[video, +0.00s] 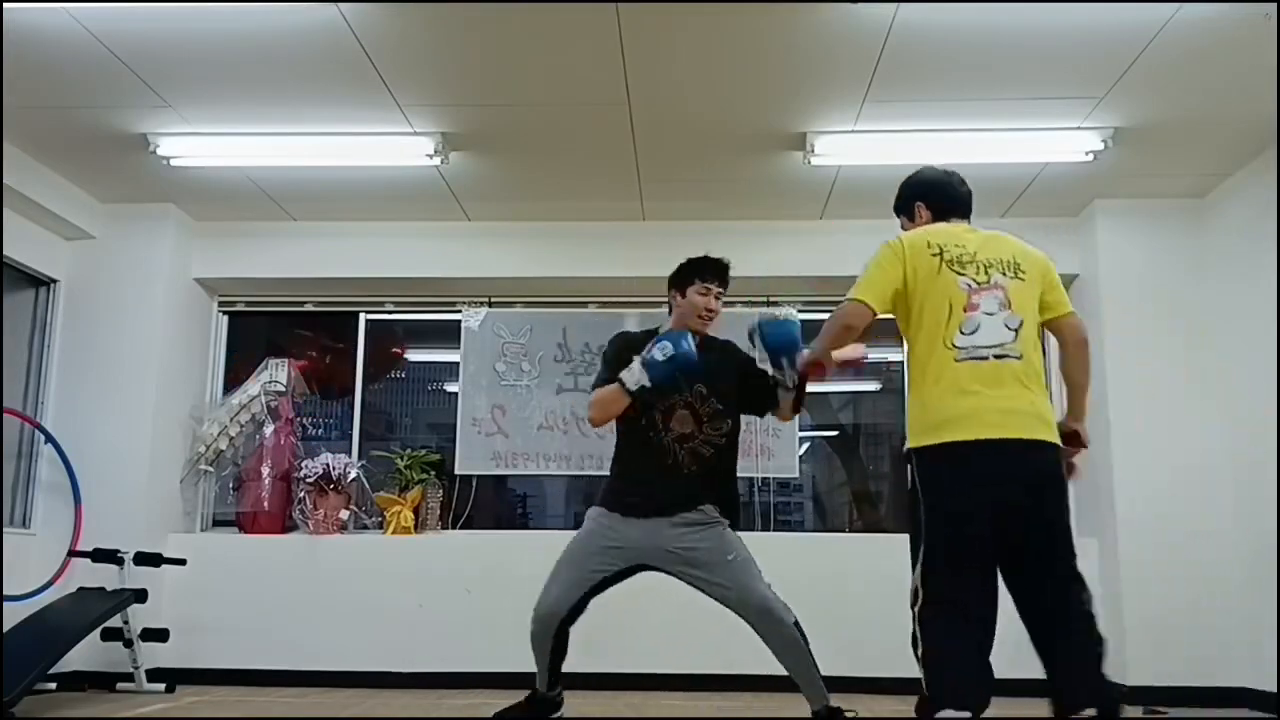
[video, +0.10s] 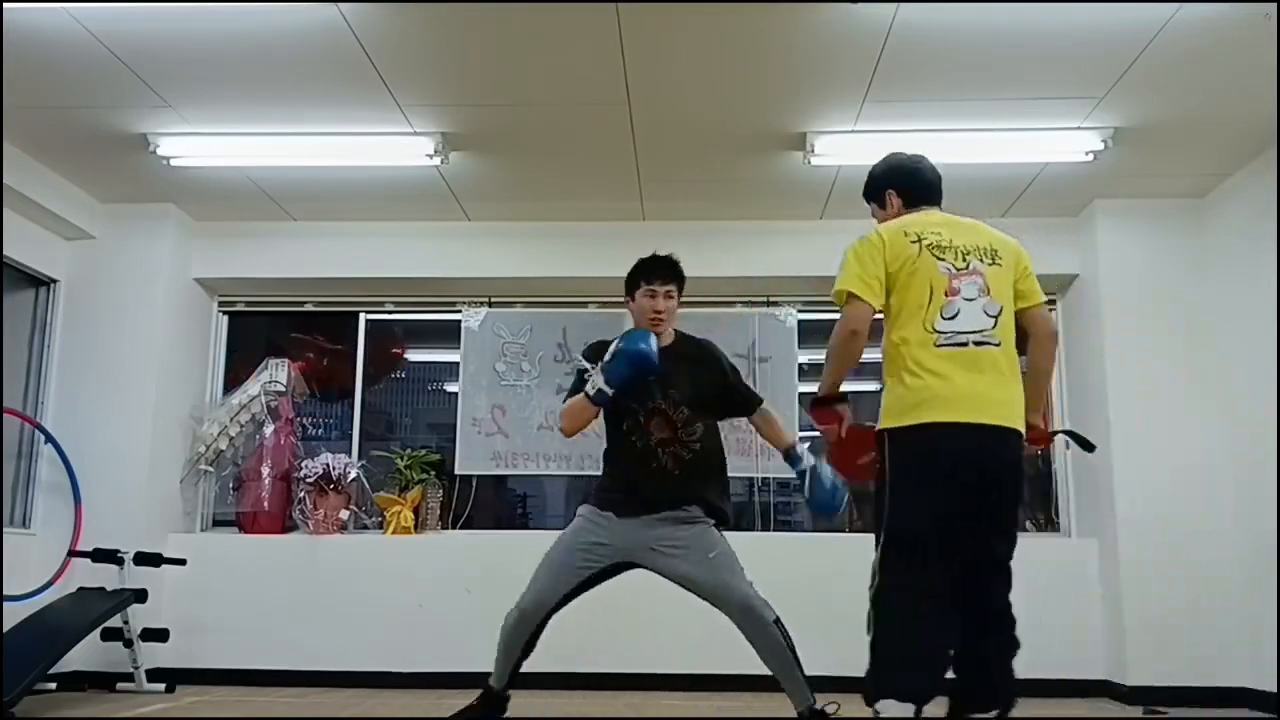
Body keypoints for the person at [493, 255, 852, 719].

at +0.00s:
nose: (713, 304)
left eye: (720, 298)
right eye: (704, 293)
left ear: (722, 307)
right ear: (675, 295)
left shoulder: (730, 359)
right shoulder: (631, 347)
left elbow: (785, 410)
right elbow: (597, 415)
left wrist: (787, 367)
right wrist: (643, 374)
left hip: (697, 525)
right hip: (617, 521)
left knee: (768, 610)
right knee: (548, 612)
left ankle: (824, 708)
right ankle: (545, 695)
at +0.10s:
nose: (660, 304)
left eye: (669, 295)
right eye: (650, 295)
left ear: (680, 302)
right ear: (629, 302)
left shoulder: (703, 357)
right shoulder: (604, 354)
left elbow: (758, 414)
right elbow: (568, 424)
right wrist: (609, 379)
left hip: (683, 523)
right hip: (606, 519)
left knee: (747, 603)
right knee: (531, 605)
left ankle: (809, 709)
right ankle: (493, 697)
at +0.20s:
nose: (640, 321)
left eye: (649, 311)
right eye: (629, 312)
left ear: (661, 319)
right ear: (609, 327)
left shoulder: (688, 381)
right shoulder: (587, 380)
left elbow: (734, 435)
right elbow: (549, 448)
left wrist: (760, 492)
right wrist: (588, 401)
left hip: (670, 550)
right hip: (591, 548)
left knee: (738, 618)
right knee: (515, 634)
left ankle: (796, 701)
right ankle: (481, 706)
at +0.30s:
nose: (649, 314)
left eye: (656, 305)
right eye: (638, 305)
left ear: (664, 310)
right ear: (614, 315)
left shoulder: (683, 368)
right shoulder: (585, 371)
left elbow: (703, 438)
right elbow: (568, 442)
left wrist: (722, 492)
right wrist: (610, 385)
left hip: (676, 540)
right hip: (596, 544)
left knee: (750, 615)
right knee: (529, 638)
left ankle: (801, 711)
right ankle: (484, 705)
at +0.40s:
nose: (674, 296)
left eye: (679, 288)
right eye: (664, 286)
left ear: (681, 294)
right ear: (635, 291)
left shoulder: (684, 352)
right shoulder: (599, 349)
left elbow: (685, 429)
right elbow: (600, 418)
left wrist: (704, 468)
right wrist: (637, 353)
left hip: (679, 523)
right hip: (603, 528)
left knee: (755, 602)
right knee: (540, 621)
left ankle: (797, 713)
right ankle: (482, 698)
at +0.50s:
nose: (683, 286)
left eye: (688, 278)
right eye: (672, 275)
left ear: (692, 285)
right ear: (642, 279)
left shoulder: (694, 342)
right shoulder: (605, 335)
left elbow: (699, 410)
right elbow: (604, 404)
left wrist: (720, 453)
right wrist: (642, 336)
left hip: (685, 518)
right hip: (605, 518)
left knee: (758, 604)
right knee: (539, 612)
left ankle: (798, 713)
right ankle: (482, 692)